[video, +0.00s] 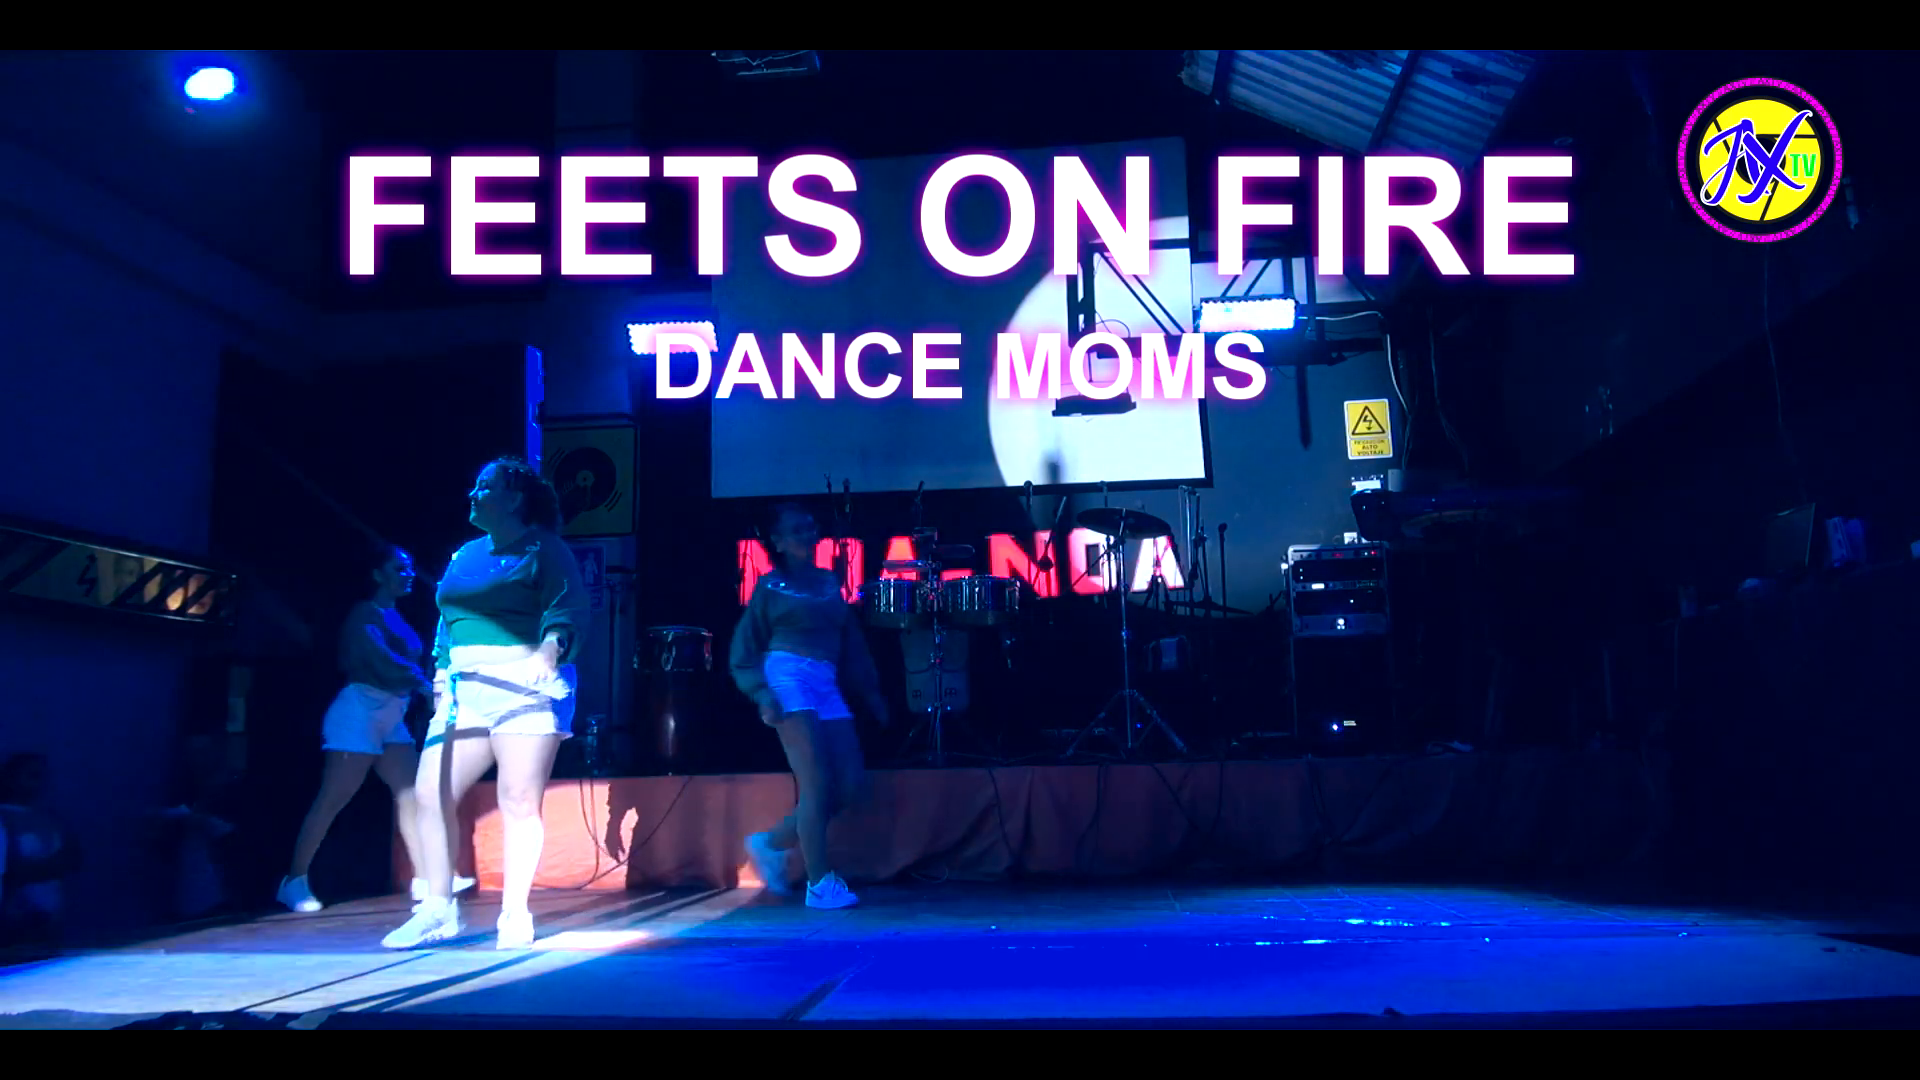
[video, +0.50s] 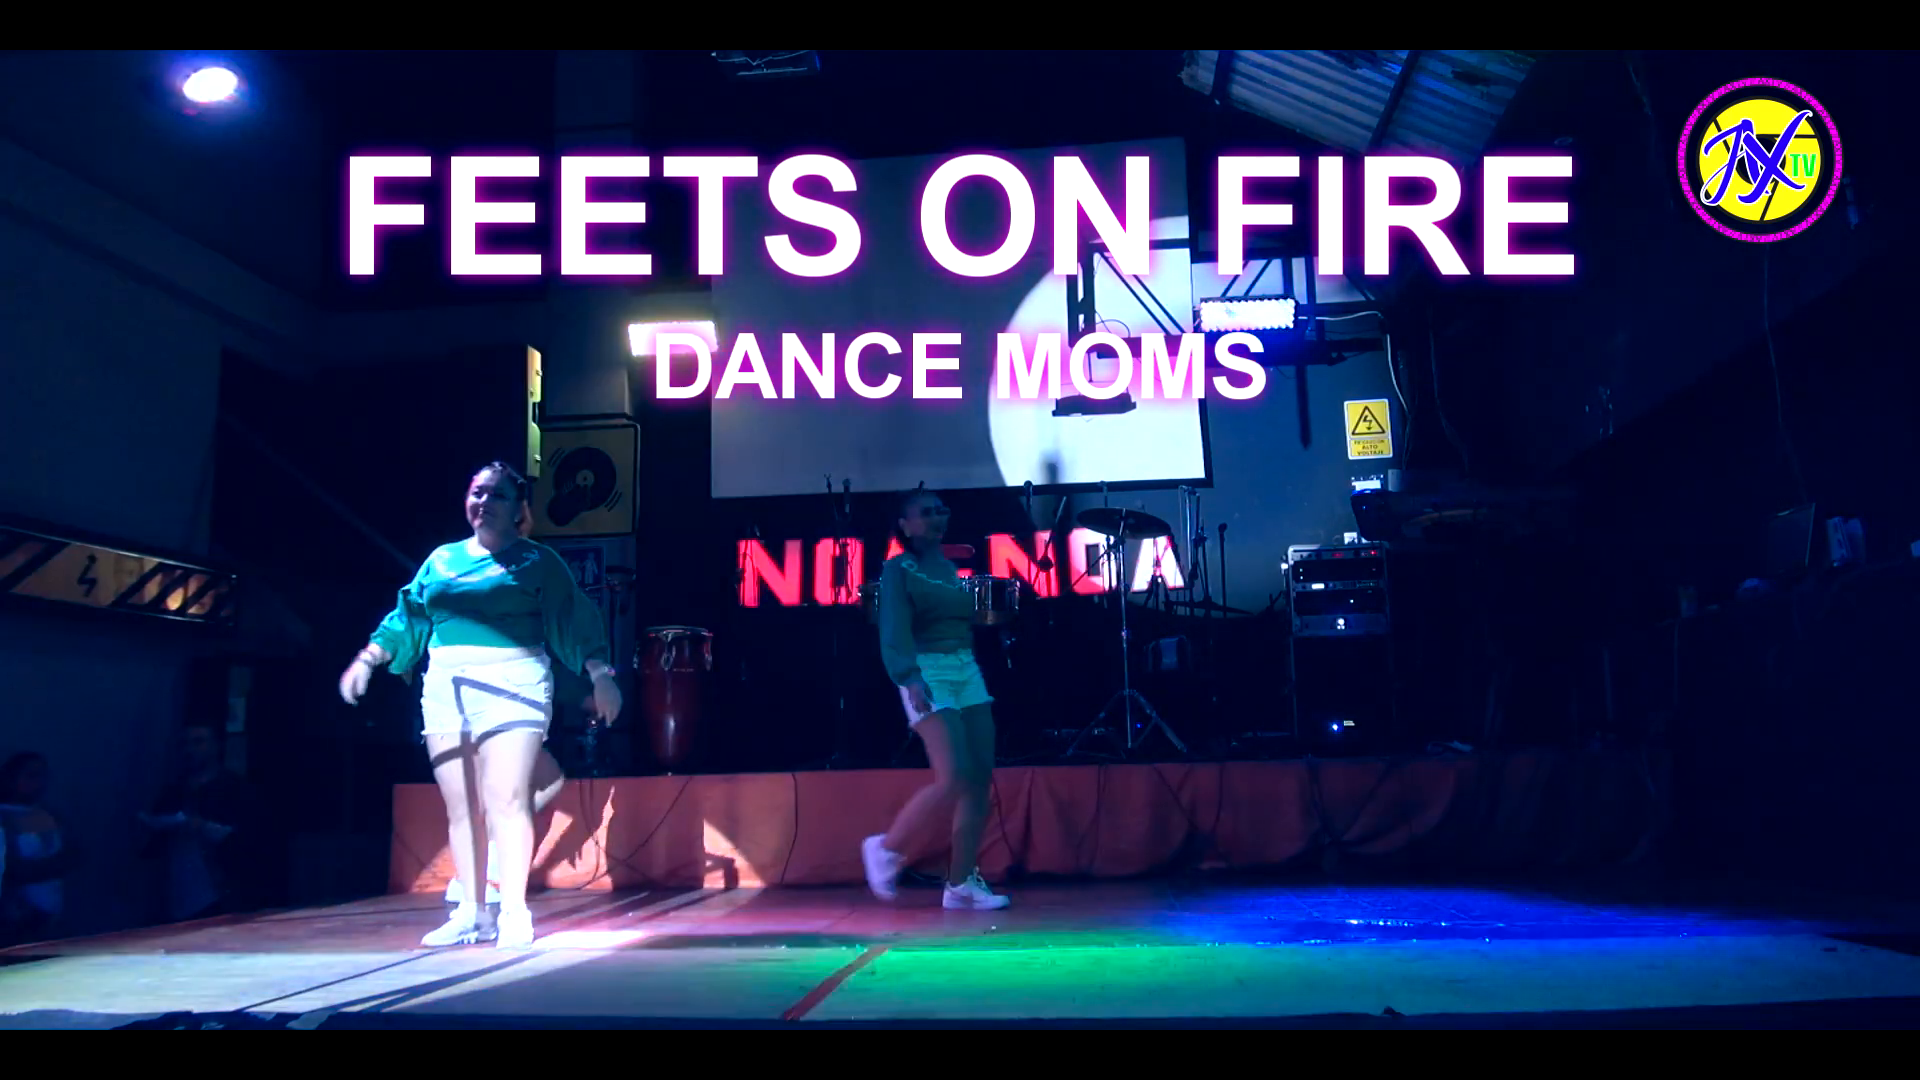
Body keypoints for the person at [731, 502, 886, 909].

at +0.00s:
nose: (807, 536)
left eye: (809, 529)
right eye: (796, 531)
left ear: (816, 533)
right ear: (778, 541)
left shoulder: (828, 583)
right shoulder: (770, 587)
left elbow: (850, 644)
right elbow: (741, 653)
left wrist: (870, 694)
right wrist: (762, 696)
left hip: (825, 677)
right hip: (786, 674)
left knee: (849, 783)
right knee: (814, 781)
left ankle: (769, 843)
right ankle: (819, 882)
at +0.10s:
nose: (840, 526)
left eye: (840, 519)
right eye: (829, 521)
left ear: (843, 526)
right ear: (807, 532)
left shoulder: (849, 576)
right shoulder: (797, 578)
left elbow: (863, 635)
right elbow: (773, 645)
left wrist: (866, 679)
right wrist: (802, 678)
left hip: (848, 673)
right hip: (807, 672)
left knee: (889, 764)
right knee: (821, 774)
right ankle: (819, 881)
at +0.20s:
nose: (869, 521)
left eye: (869, 515)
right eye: (859, 516)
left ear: (871, 523)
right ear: (836, 526)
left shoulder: (874, 572)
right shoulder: (822, 570)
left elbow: (882, 627)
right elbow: (805, 635)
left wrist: (910, 618)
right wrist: (843, 660)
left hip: (877, 676)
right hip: (832, 676)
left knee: (914, 765)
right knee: (828, 775)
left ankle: (926, 873)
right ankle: (821, 881)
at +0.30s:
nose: (895, 522)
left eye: (895, 515)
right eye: (885, 516)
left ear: (893, 523)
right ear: (861, 525)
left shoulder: (894, 572)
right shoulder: (849, 569)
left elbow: (899, 628)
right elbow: (837, 629)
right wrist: (874, 653)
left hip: (907, 680)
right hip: (863, 679)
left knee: (940, 771)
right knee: (853, 776)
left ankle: (956, 880)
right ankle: (824, 878)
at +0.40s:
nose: (919, 521)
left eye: (919, 514)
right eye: (908, 516)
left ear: (922, 522)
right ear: (886, 526)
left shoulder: (926, 570)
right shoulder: (877, 569)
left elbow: (937, 624)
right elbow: (867, 635)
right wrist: (897, 662)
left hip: (938, 672)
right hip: (896, 676)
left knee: (967, 768)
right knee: (902, 780)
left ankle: (961, 880)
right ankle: (843, 863)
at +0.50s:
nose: (936, 518)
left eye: (939, 511)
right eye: (926, 513)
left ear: (944, 520)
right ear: (905, 524)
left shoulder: (948, 570)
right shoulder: (898, 571)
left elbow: (960, 620)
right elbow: (893, 631)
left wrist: (988, 612)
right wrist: (909, 679)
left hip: (967, 670)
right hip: (926, 674)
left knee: (978, 779)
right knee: (952, 778)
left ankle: (961, 882)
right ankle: (885, 849)